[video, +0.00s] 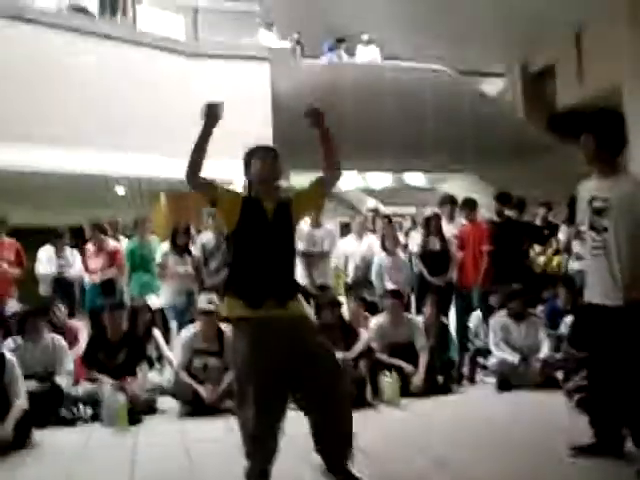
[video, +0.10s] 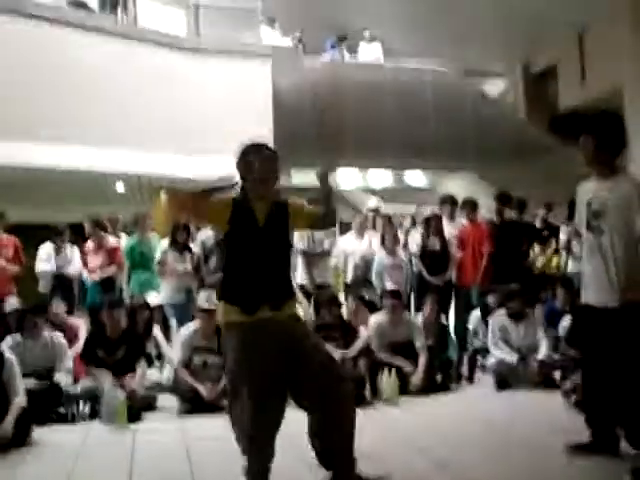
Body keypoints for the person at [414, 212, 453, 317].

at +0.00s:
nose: (436, 226)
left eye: (438, 222)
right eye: (432, 223)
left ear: (440, 224)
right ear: (427, 225)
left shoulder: (446, 241)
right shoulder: (421, 241)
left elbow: (452, 259)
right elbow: (417, 260)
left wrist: (448, 275)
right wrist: (430, 278)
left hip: (444, 281)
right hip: (427, 282)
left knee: (442, 314)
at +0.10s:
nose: (436, 228)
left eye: (438, 224)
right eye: (433, 225)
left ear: (441, 226)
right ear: (427, 226)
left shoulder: (445, 242)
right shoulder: (422, 243)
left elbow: (450, 260)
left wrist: (445, 276)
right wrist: (430, 278)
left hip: (442, 281)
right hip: (426, 282)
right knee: (426, 313)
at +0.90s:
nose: (432, 200)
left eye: (435, 197)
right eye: (429, 197)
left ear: (438, 198)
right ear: (424, 198)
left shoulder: (445, 215)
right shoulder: (419, 214)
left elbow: (450, 234)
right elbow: (416, 235)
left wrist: (447, 251)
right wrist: (428, 253)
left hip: (442, 255)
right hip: (425, 255)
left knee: (442, 289)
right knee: (423, 288)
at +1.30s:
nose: (432, 198)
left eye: (435, 194)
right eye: (429, 194)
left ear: (438, 197)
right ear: (424, 197)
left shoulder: (445, 214)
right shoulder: (418, 214)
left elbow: (450, 233)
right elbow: (415, 235)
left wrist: (447, 251)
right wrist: (428, 254)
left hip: (442, 254)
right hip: (424, 255)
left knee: (442, 290)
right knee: (423, 288)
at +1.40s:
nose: (432, 198)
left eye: (435, 194)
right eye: (429, 194)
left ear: (438, 197)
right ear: (424, 197)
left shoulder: (445, 214)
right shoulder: (418, 213)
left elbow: (450, 233)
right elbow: (415, 235)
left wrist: (447, 250)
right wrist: (428, 254)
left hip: (442, 254)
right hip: (424, 254)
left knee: (442, 289)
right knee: (423, 288)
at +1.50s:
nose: (433, 198)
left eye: (435, 194)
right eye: (429, 194)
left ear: (438, 197)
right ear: (425, 197)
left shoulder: (445, 214)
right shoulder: (419, 213)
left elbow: (450, 232)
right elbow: (416, 235)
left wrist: (447, 250)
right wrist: (428, 253)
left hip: (442, 255)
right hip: (425, 255)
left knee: (442, 290)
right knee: (423, 288)